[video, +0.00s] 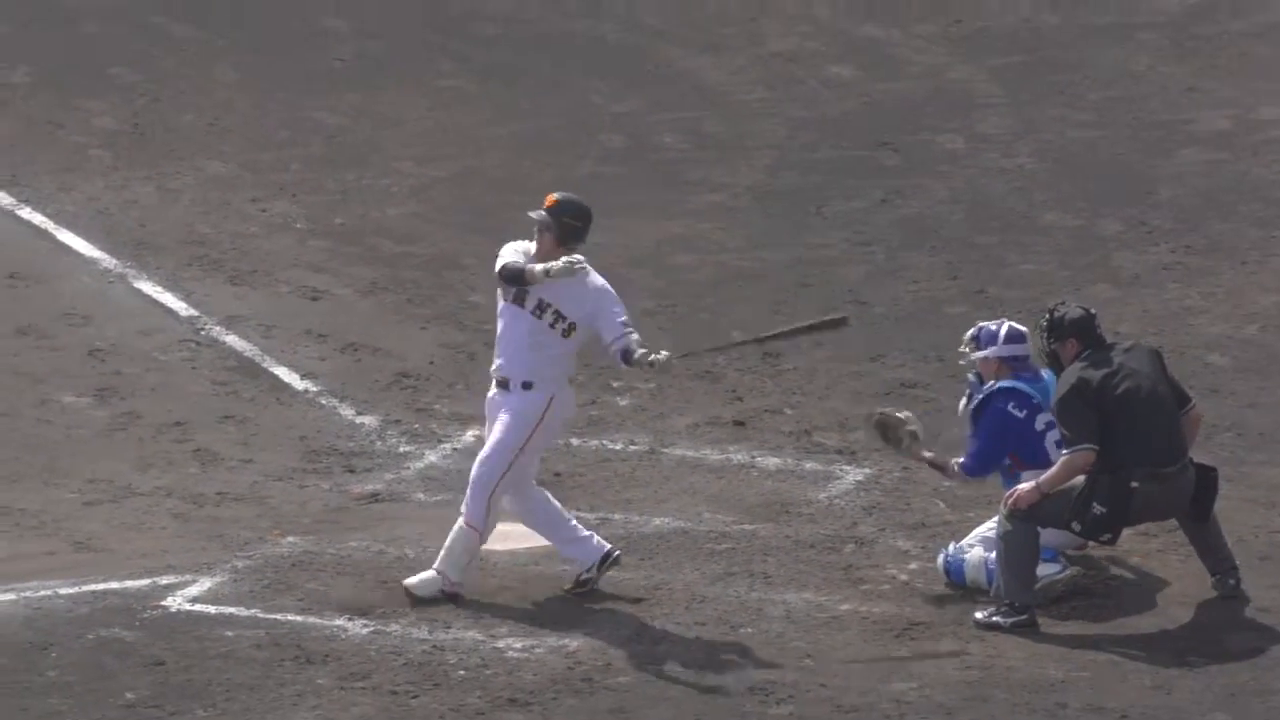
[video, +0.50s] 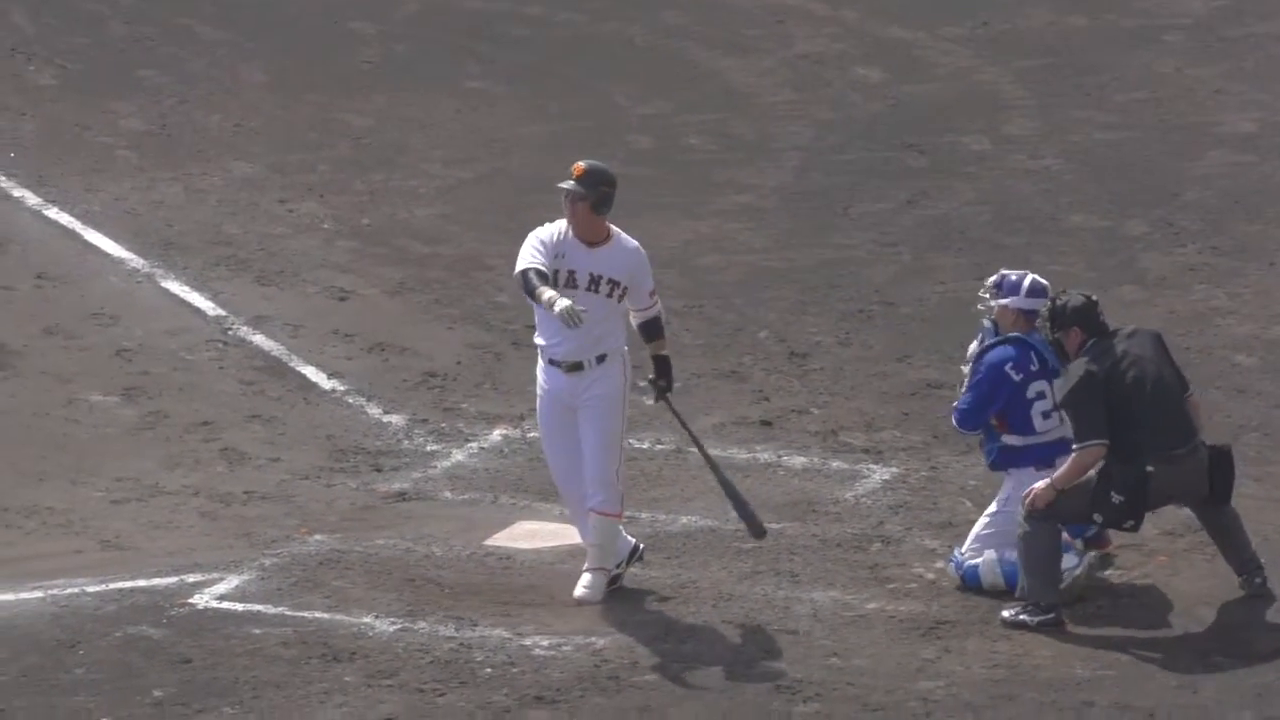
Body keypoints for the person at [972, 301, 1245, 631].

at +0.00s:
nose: (1052, 356)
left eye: (1053, 348)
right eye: (1050, 348)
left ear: (1071, 346)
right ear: (1097, 337)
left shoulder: (1073, 384)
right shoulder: (1144, 355)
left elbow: (1081, 457)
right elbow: (1191, 415)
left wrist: (1037, 489)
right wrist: (1171, 461)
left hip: (1120, 497)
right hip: (1178, 487)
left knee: (1018, 509)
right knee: (1186, 491)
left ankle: (1015, 606)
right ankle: (1228, 578)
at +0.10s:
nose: (1058, 369)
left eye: (1060, 362)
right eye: (1056, 362)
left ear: (1078, 359)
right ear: (1102, 350)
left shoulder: (1080, 397)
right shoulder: (1150, 368)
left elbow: (1087, 470)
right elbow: (1197, 429)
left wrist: (1043, 501)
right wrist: (1177, 474)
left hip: (1126, 511)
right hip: (1184, 500)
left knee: (1024, 520)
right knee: (1193, 503)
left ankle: (1021, 619)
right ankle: (1234, 590)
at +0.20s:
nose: (1064, 373)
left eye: (1065, 365)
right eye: (1062, 365)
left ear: (1083, 363)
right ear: (1107, 355)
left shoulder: (1084, 403)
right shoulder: (1155, 373)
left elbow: (1093, 473)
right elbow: (1202, 433)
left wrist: (1048, 505)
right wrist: (1183, 478)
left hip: (1132, 514)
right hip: (1189, 502)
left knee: (1030, 526)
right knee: (1198, 509)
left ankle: (1027, 623)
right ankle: (1239, 594)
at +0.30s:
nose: (1066, 372)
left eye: (1068, 365)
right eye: (1064, 365)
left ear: (1084, 361)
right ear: (1110, 352)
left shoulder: (1086, 401)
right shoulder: (1157, 369)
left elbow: (1096, 471)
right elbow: (1205, 431)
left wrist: (1051, 503)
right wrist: (1186, 475)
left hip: (1136, 512)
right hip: (1193, 500)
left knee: (1033, 525)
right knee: (1201, 506)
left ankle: (1032, 622)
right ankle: (1244, 592)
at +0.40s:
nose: (1065, 361)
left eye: (1066, 353)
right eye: (1063, 353)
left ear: (1082, 351)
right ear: (1109, 342)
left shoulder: (1084, 391)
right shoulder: (1155, 356)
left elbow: (1097, 461)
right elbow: (1202, 420)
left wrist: (1054, 496)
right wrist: (1191, 464)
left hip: (1140, 500)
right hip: (1195, 487)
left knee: (1038, 519)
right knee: (1204, 499)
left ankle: (1038, 615)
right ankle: (1249, 584)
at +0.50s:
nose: (1057, 346)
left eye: (1058, 339)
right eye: (1055, 339)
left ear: (1075, 335)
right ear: (1098, 323)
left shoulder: (1078, 376)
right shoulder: (1148, 339)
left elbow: (1092, 448)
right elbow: (1189, 401)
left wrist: (1051, 486)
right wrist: (1190, 448)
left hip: (1139, 482)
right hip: (1193, 468)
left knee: (1038, 509)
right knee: (1207, 497)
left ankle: (1039, 604)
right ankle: (1253, 574)